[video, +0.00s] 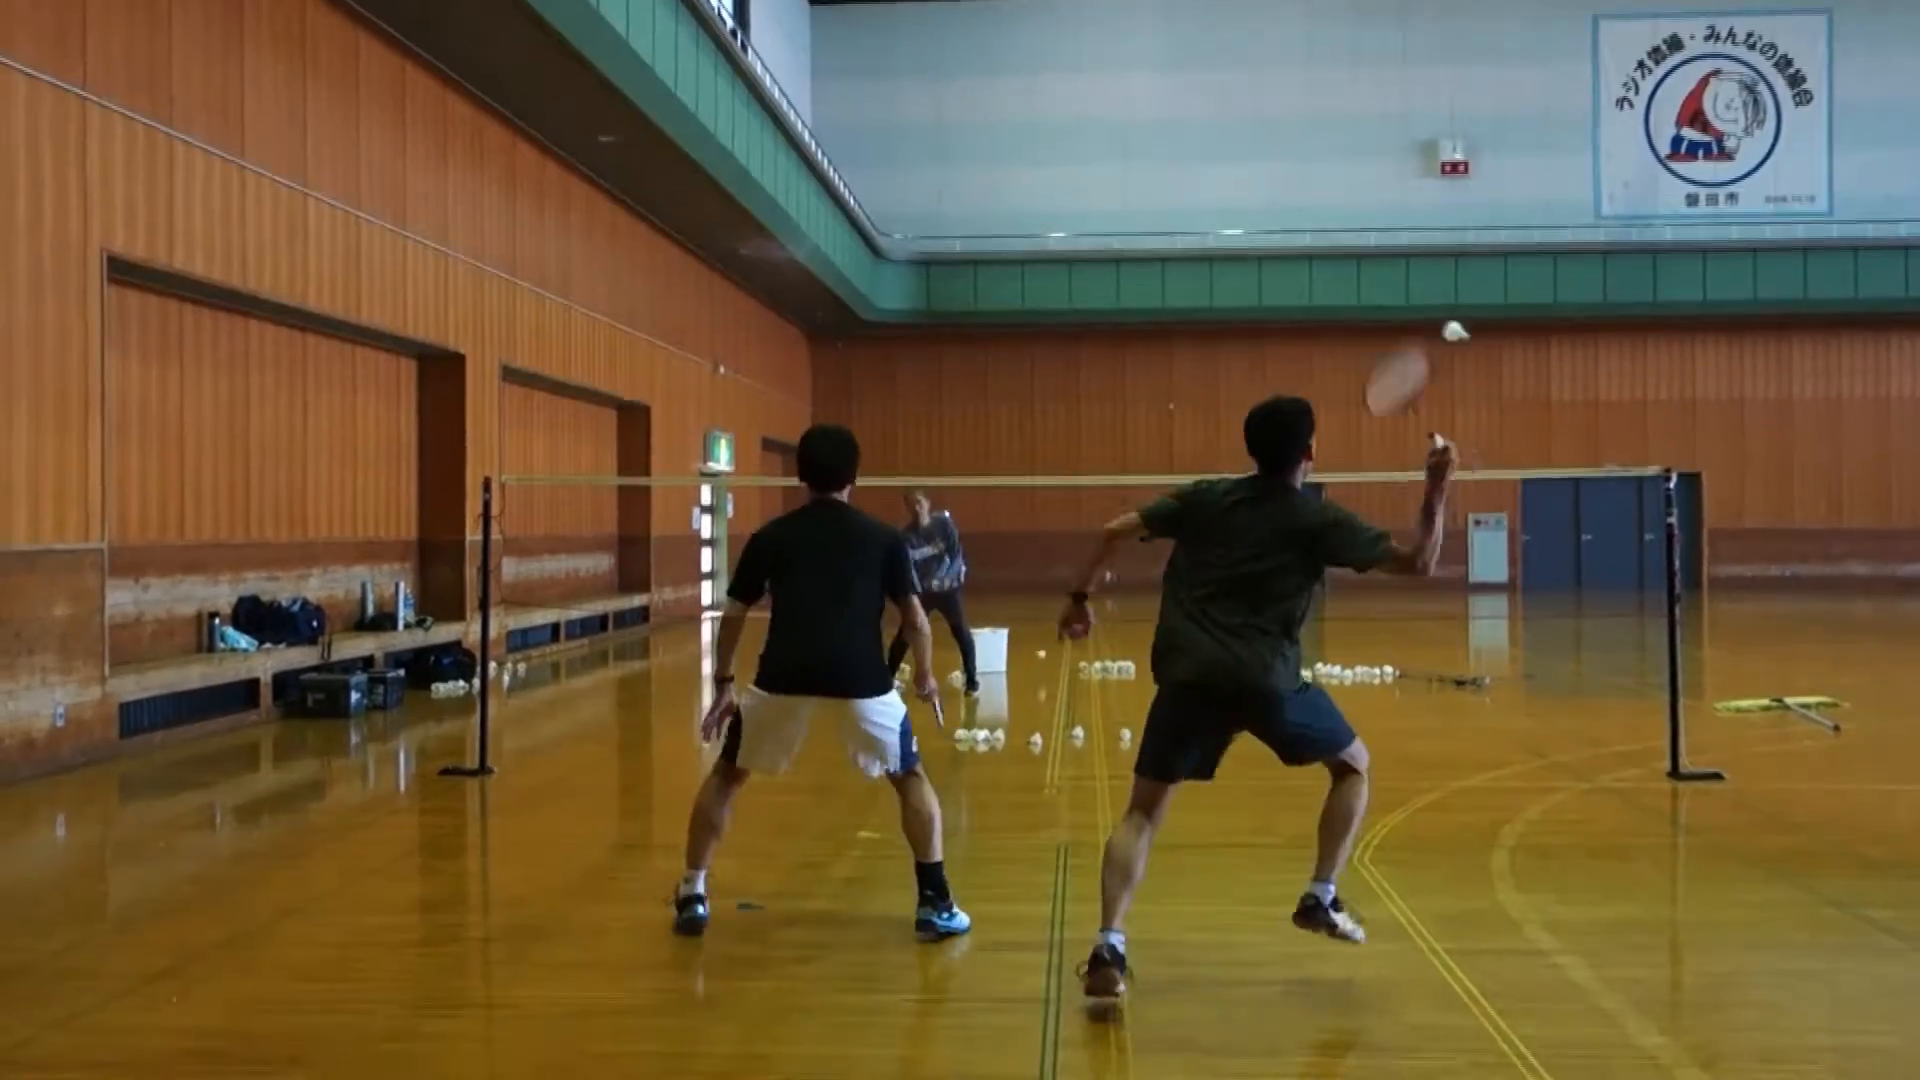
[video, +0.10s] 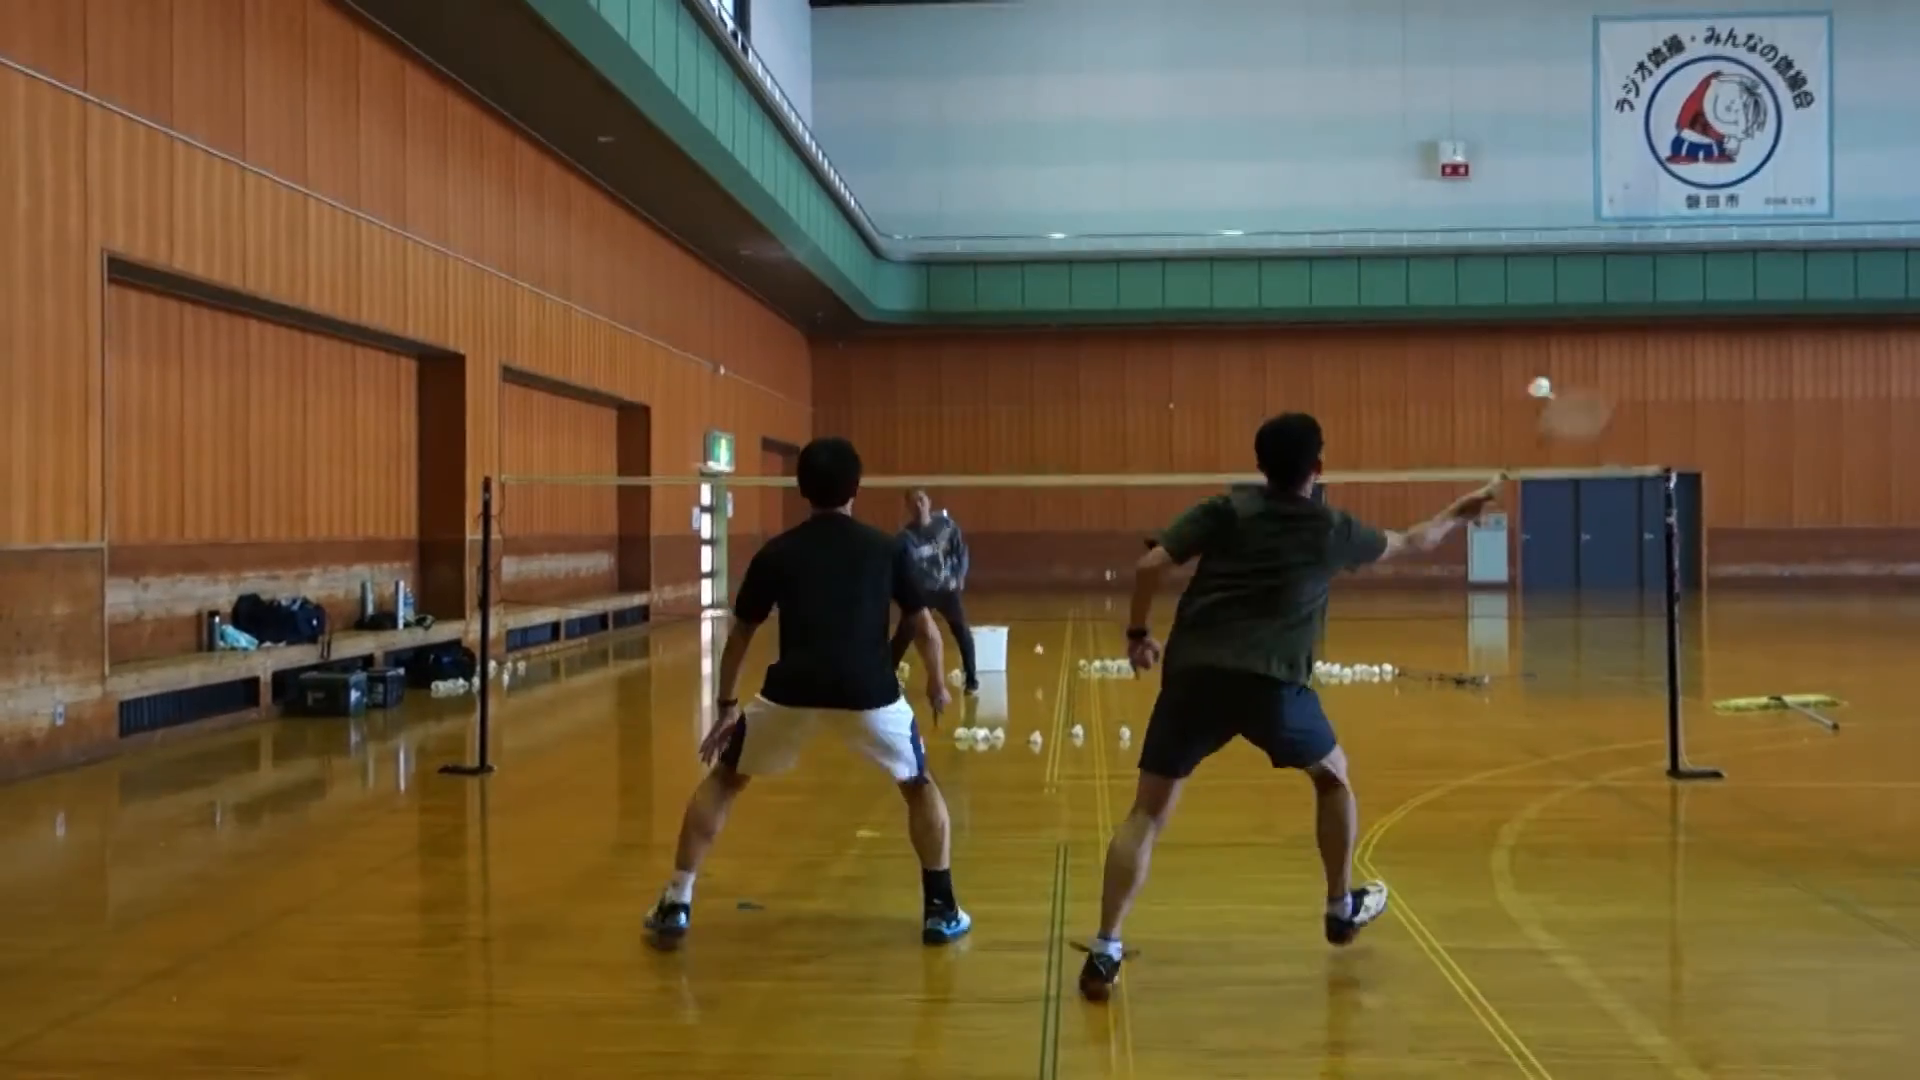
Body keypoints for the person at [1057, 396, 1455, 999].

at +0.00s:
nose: (1315, 452)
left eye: (1309, 442)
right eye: (1313, 444)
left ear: (1251, 451)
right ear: (1306, 454)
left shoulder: (1206, 499)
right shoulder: (1314, 518)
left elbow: (1116, 531)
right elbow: (1418, 560)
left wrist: (1079, 595)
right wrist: (1437, 484)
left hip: (1185, 678)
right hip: (1265, 679)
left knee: (1140, 811)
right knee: (1352, 766)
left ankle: (1108, 943)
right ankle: (1323, 895)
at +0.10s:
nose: (1322, 466)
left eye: (1316, 458)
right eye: (1321, 459)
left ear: (1261, 465)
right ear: (1316, 468)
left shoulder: (1222, 511)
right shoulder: (1329, 529)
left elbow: (1149, 567)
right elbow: (1410, 543)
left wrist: (1137, 632)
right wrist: (1458, 512)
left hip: (1193, 675)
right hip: (1271, 682)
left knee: (1145, 813)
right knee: (1332, 776)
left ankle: (1105, 948)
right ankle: (1342, 905)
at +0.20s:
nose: (1319, 505)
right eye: (1317, 499)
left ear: (1256, 508)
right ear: (1313, 510)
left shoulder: (1225, 562)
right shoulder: (1330, 580)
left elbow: (1169, 622)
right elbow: (1389, 618)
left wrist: (1162, 675)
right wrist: (1412, 645)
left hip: (1215, 725)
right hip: (1288, 733)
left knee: (1158, 838)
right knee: (1322, 827)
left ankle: (1132, 933)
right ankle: (1344, 947)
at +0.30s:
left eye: (1243, 513)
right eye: (1293, 517)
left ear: (1242, 521)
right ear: (1296, 525)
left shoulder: (1216, 577)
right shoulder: (1321, 590)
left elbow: (1171, 640)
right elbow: (1365, 670)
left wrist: (1163, 696)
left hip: (1229, 723)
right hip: (1300, 729)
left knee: (1161, 827)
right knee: (1323, 832)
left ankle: (1163, 935)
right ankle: (1354, 950)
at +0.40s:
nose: (1233, 517)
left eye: (1232, 510)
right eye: (1275, 512)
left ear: (1229, 515)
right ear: (1282, 518)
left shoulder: (1206, 567)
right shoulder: (1310, 582)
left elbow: (1183, 623)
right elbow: (1332, 663)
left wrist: (1163, 689)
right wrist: (1345, 725)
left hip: (1224, 719)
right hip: (1295, 719)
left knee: (1173, 832)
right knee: (1326, 810)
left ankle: (1172, 951)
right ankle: (1357, 912)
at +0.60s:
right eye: (1281, 507)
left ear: (1232, 515)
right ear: (1282, 514)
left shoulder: (1210, 570)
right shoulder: (1302, 572)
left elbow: (1181, 604)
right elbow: (1387, 608)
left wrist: (1225, 562)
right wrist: (1400, 564)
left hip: (1216, 724)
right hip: (1285, 724)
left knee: (1181, 832)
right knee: (1333, 811)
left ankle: (1156, 940)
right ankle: (1349, 922)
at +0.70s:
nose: (1288, 499)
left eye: (1260, 495)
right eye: (1291, 492)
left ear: (1247, 503)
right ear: (1296, 500)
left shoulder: (1221, 562)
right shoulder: (1322, 553)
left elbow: (1168, 610)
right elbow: (1411, 546)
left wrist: (1214, 555)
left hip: (1239, 709)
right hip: (1307, 710)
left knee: (1189, 807)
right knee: (1352, 789)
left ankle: (1160, 904)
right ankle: (1370, 894)